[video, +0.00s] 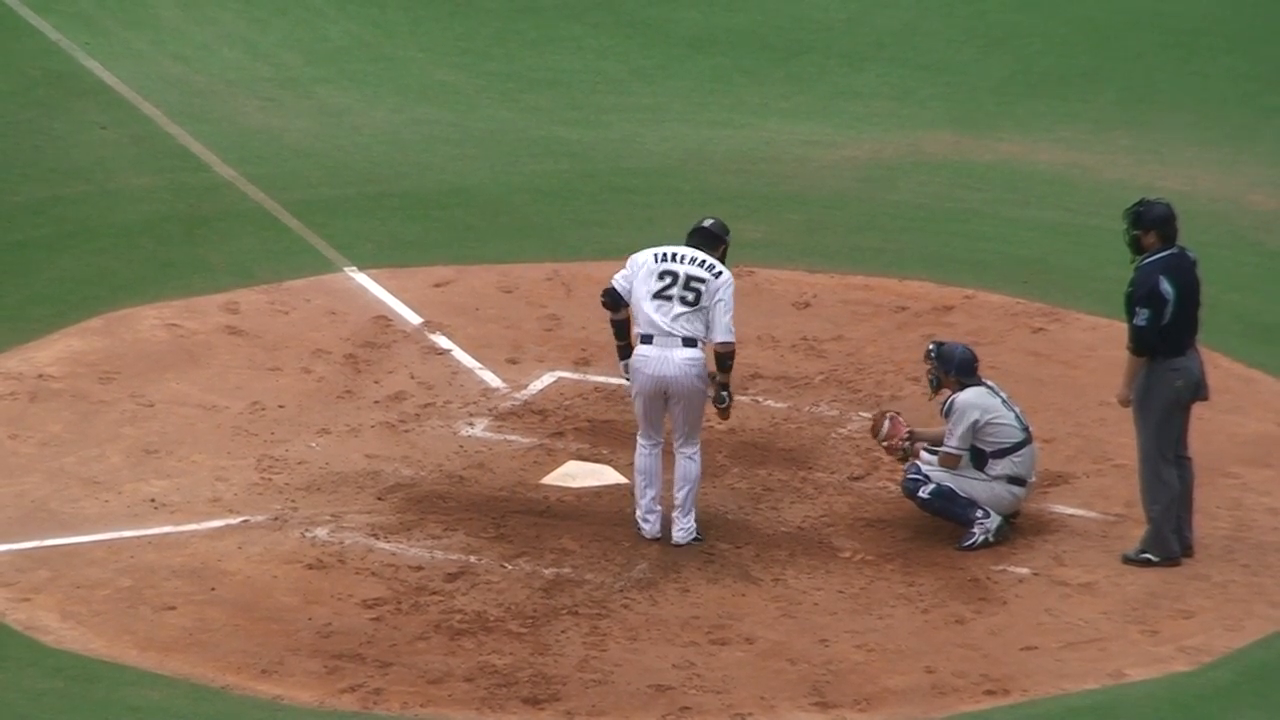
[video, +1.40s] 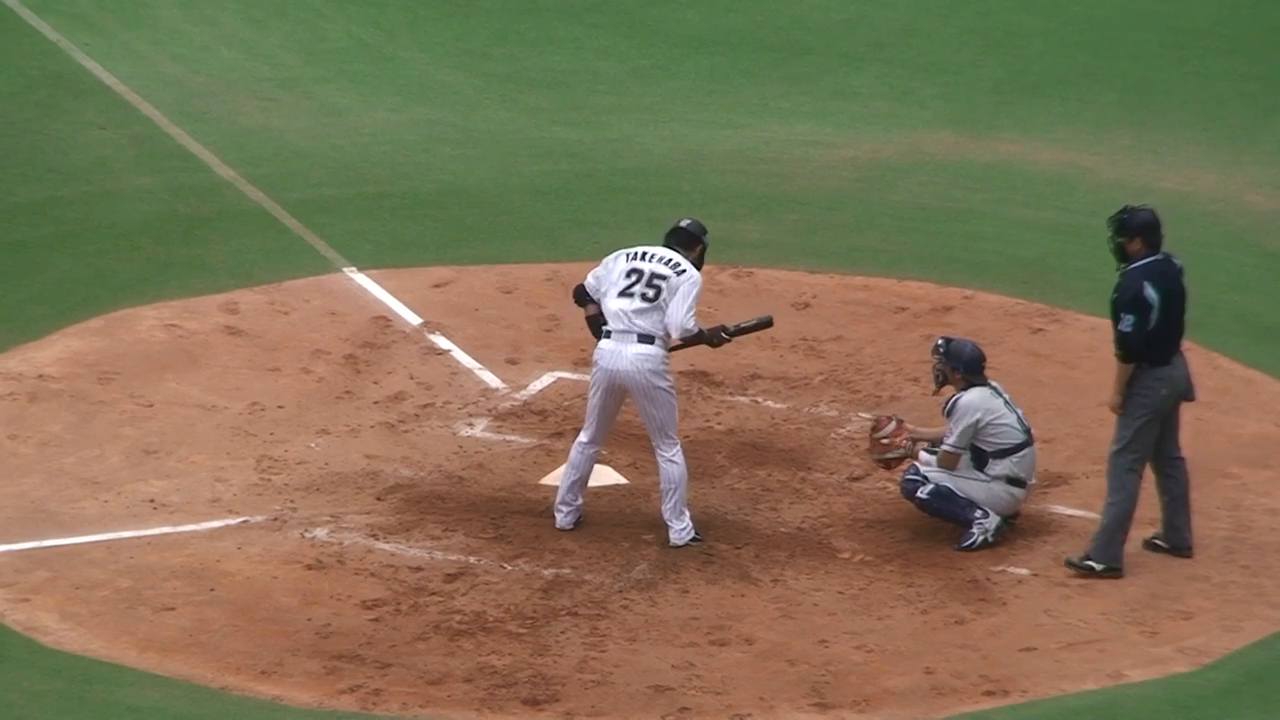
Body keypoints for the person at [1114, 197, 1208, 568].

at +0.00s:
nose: (1133, 236)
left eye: (1137, 231)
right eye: (1134, 229)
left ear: (1150, 236)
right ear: (1166, 233)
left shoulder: (1148, 275)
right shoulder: (1184, 260)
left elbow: (1140, 342)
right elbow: (1187, 323)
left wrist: (1126, 386)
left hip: (1161, 372)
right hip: (1186, 365)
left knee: (1155, 459)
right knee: (1175, 455)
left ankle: (1160, 544)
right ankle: (1178, 536)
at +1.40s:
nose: (1117, 243)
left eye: (1122, 238)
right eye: (1118, 237)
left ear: (1138, 241)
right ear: (1149, 240)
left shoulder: (1134, 282)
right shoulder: (1169, 267)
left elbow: (1128, 346)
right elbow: (1172, 324)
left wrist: (1117, 391)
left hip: (1148, 378)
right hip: (1173, 371)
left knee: (1124, 462)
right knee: (1167, 458)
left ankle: (1105, 555)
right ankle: (1177, 537)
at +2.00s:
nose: (1082, 249)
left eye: (1086, 244)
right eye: (1082, 242)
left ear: (1100, 248)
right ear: (1112, 245)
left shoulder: (1100, 289)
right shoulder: (1136, 269)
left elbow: (1094, 354)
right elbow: (1144, 326)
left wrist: (1079, 398)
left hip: (1124, 383)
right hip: (1150, 373)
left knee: (1094, 463)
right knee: (1140, 444)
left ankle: (1101, 557)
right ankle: (1146, 510)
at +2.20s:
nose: (1086, 250)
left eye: (1090, 245)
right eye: (1087, 243)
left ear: (1103, 249)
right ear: (1116, 246)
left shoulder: (1108, 290)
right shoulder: (1136, 270)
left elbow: (1108, 359)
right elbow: (1145, 329)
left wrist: (1094, 401)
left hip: (1127, 382)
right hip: (1149, 373)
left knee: (1095, 460)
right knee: (1131, 442)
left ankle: (1100, 557)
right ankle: (1140, 515)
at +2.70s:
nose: (1088, 238)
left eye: (1093, 233)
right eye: (1090, 231)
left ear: (1106, 238)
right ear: (1120, 236)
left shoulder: (1106, 276)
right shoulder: (1137, 263)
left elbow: (1101, 342)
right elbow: (1140, 323)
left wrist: (1086, 383)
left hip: (1120, 373)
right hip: (1141, 365)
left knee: (1106, 457)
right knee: (1126, 438)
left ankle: (1106, 555)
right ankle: (1143, 511)